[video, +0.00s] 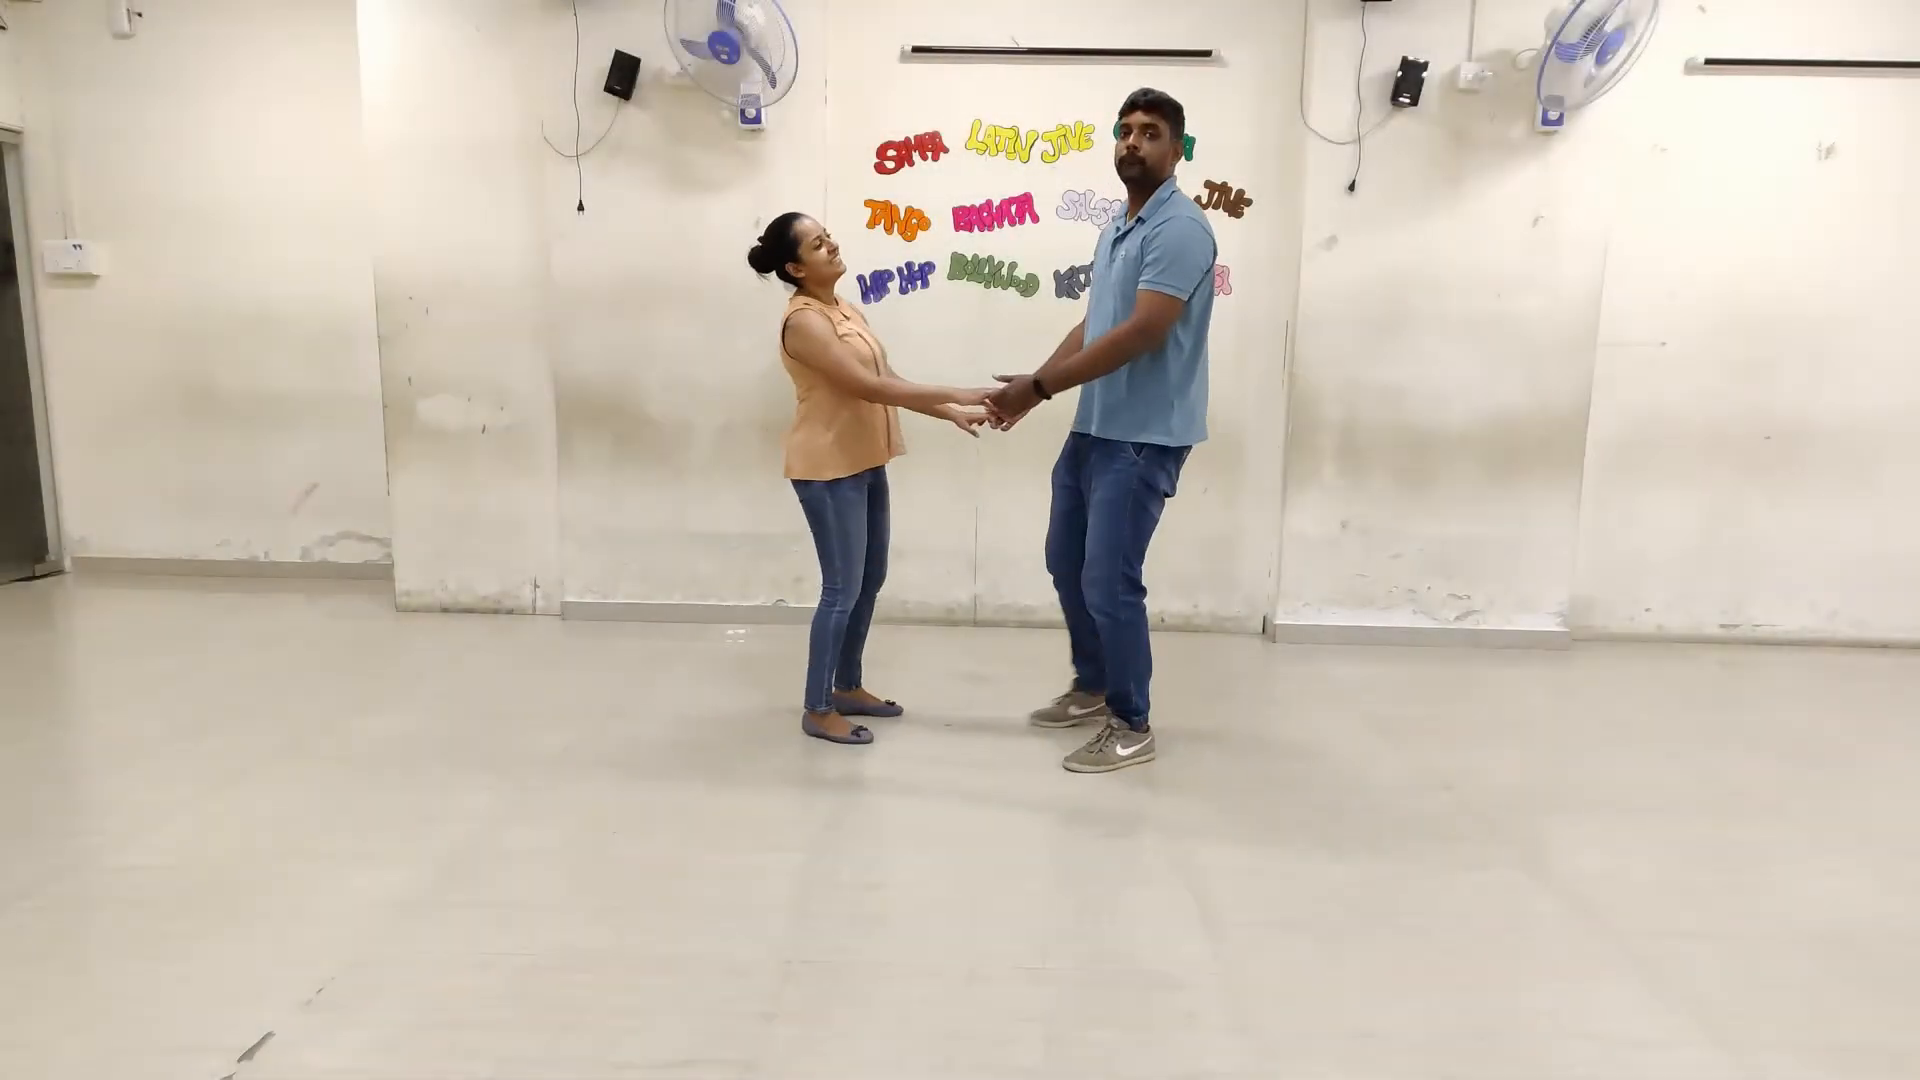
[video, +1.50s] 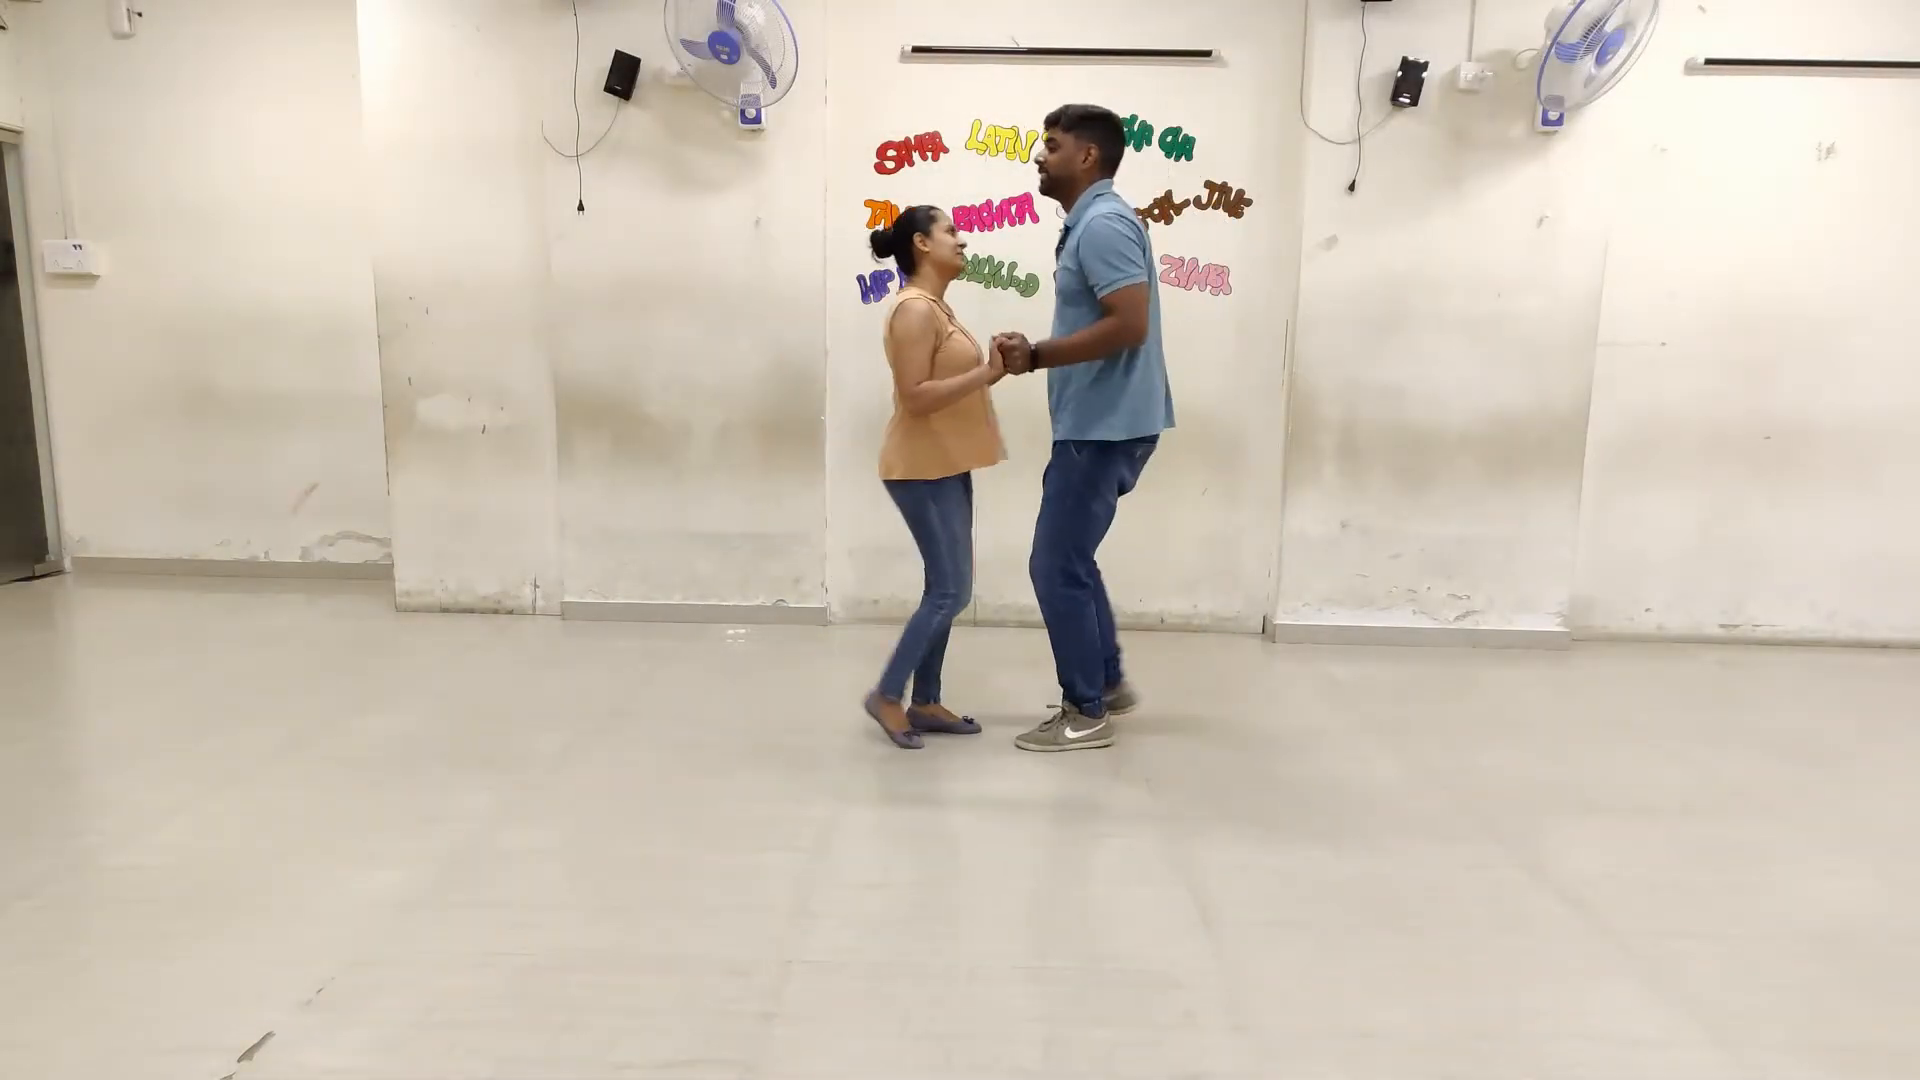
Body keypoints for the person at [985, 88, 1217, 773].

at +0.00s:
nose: (1133, 143)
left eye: (1150, 134)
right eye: (1126, 133)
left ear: (1177, 150)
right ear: (1115, 146)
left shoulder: (1183, 228)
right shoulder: (1116, 232)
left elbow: (1147, 330)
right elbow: (1090, 328)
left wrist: (1044, 384)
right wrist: (1032, 386)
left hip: (1145, 436)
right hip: (1095, 428)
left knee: (1111, 580)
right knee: (1067, 560)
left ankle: (1132, 727)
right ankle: (1096, 687)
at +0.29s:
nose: (1138, 141)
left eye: (1155, 132)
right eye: (1130, 130)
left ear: (1185, 147)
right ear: (1120, 142)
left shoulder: (1189, 227)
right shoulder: (1125, 225)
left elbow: (1139, 331)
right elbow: (1101, 324)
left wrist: (1036, 377)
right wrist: (1034, 380)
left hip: (1156, 435)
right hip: (1105, 426)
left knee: (1117, 579)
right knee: (1075, 564)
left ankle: (1132, 728)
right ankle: (1102, 700)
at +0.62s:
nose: (1152, 155)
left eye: (1168, 146)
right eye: (1151, 145)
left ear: (1208, 160)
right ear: (1152, 158)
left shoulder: (1210, 241)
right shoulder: (1166, 237)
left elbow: (1147, 338)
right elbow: (1116, 326)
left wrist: (1044, 383)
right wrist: (1034, 373)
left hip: (1178, 445)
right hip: (1161, 441)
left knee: (1114, 580)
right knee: (1167, 576)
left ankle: (1127, 727)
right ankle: (1225, 709)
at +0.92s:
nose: (1148, 157)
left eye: (1164, 147)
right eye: (1151, 147)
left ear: (1203, 159)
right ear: (1189, 161)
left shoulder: (1214, 231)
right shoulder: (1184, 232)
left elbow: (1164, 334)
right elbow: (1139, 322)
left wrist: (1062, 350)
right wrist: (1055, 341)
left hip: (1208, 436)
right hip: (1204, 433)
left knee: (1133, 561)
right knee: (1195, 571)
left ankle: (1138, 717)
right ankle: (1230, 709)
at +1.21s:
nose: (1101, 179)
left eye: (1113, 168)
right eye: (1103, 168)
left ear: (1149, 177)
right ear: (1143, 180)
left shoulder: (1168, 255)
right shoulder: (1145, 252)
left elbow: (1150, 366)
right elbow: (1117, 354)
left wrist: (1060, 413)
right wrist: (1048, 397)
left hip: (1155, 450)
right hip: (1159, 448)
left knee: (1074, 569)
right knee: (1145, 584)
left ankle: (1086, 713)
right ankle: (1223, 708)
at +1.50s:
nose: (1040, 156)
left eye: (1053, 146)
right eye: (1043, 146)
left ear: (1090, 156)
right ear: (1087, 158)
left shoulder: (1103, 223)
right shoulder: (1098, 219)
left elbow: (1128, 325)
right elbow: (1113, 326)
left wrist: (1036, 353)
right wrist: (1035, 351)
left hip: (1104, 428)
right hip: (1105, 423)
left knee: (1055, 562)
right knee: (1068, 556)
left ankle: (1085, 711)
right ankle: (1107, 683)